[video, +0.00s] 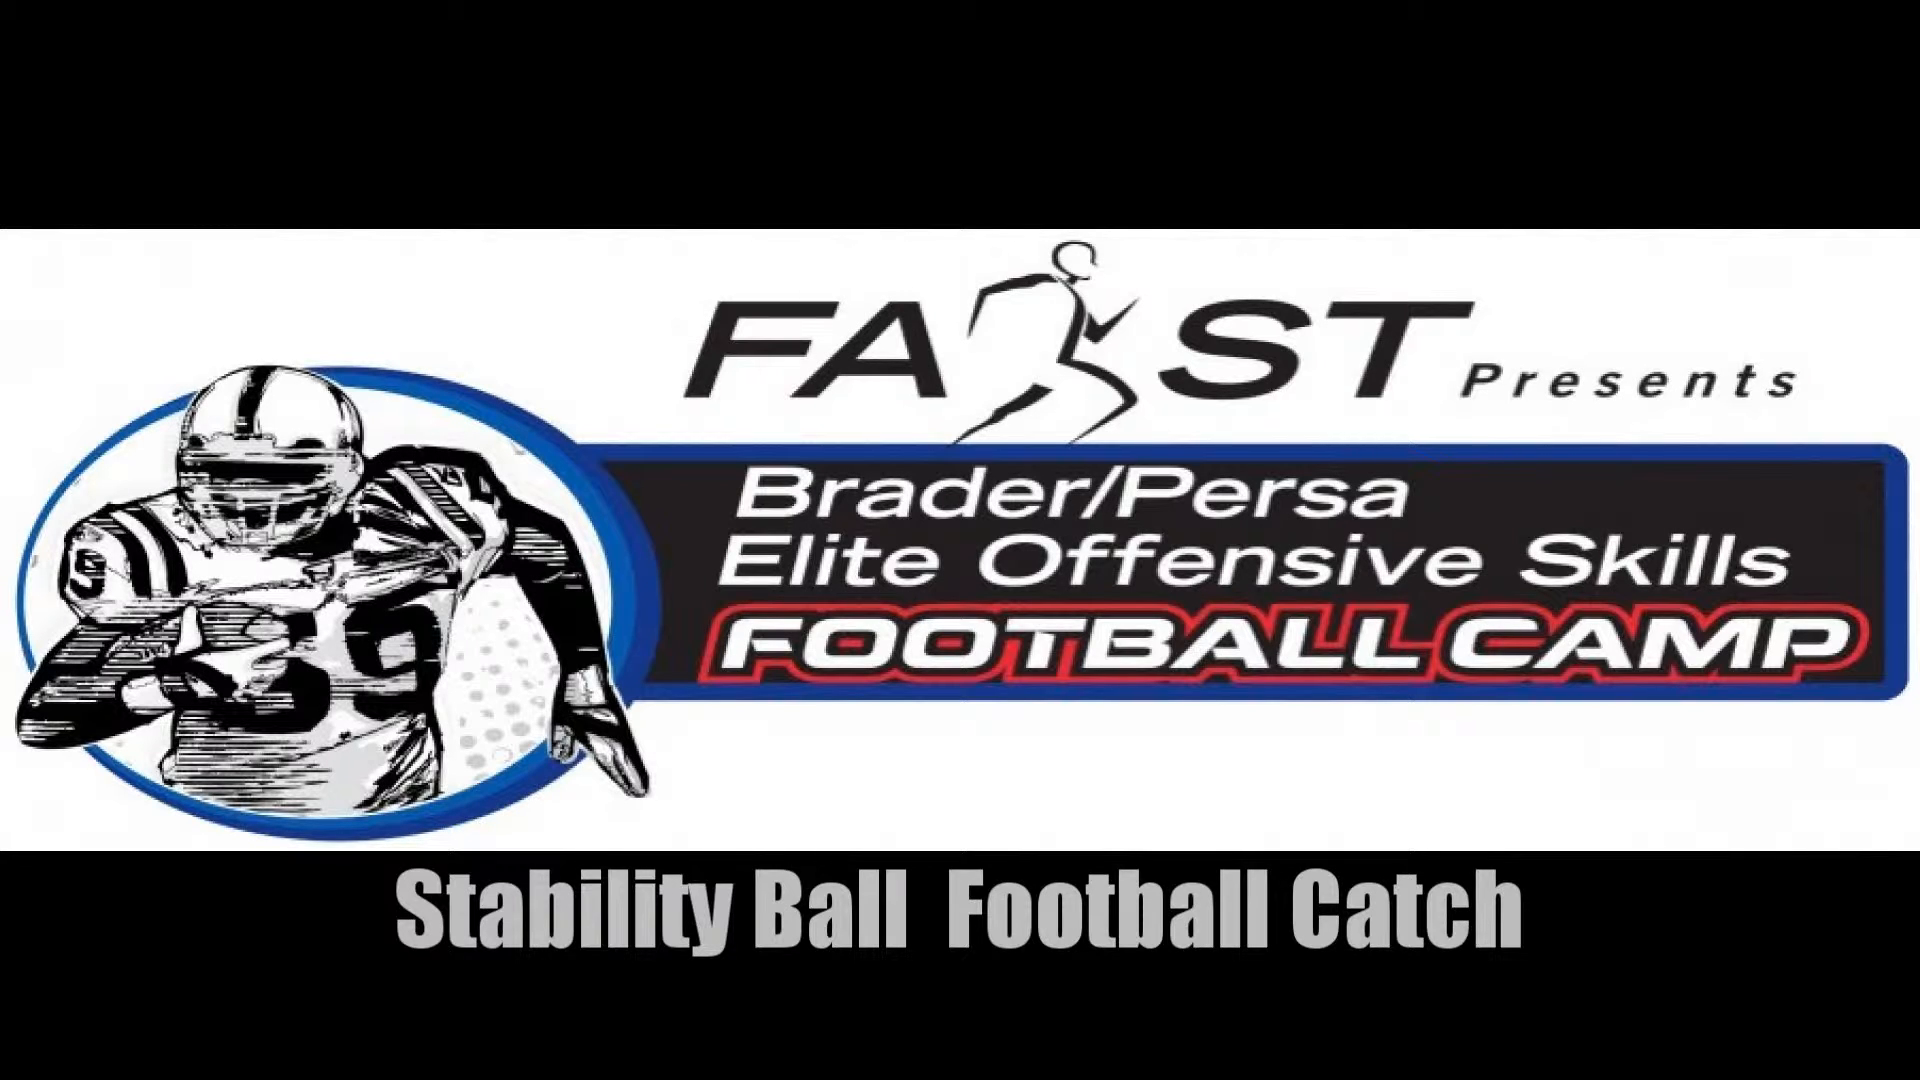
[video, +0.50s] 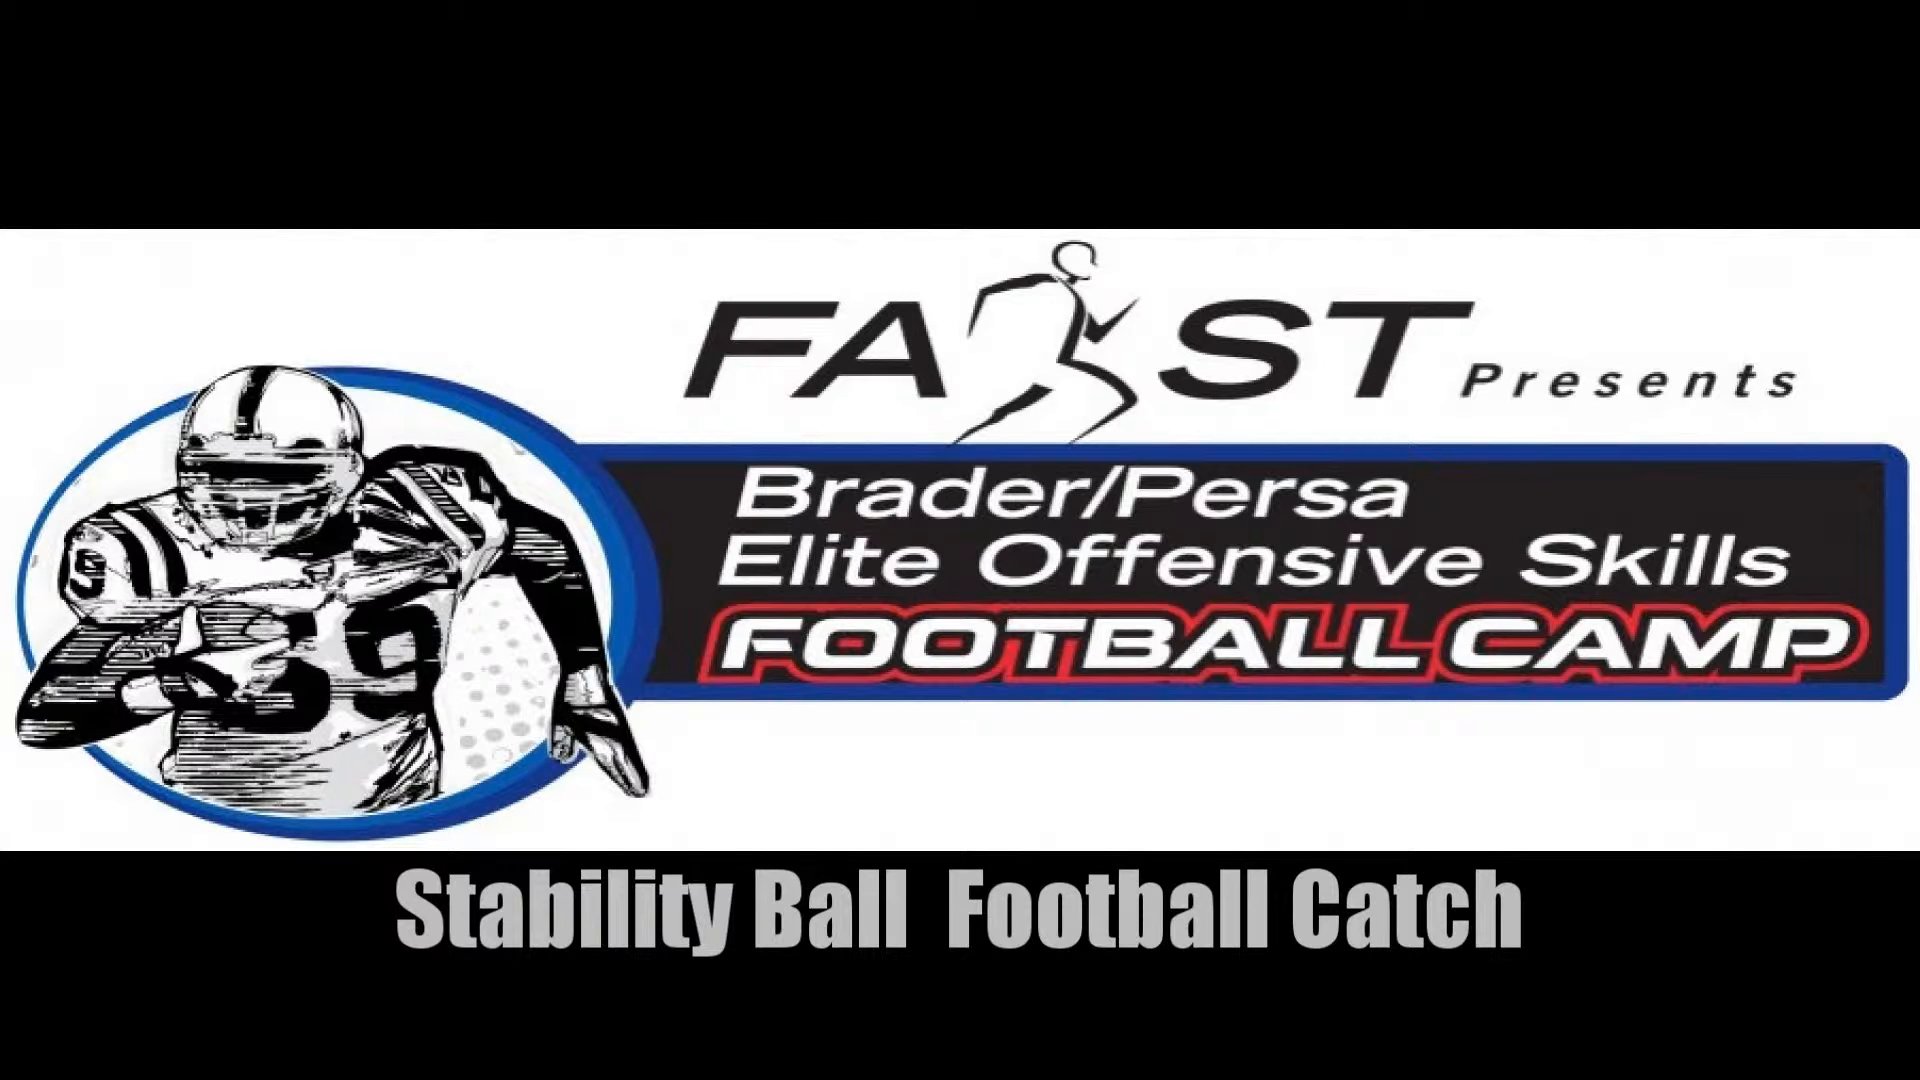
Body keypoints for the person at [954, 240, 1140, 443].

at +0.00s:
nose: (1088, 268)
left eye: (1089, 262)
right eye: (1082, 260)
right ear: (1069, 263)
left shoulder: (1077, 301)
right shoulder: (1045, 281)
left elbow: (1096, 335)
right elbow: (986, 292)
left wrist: (1127, 309)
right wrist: (970, 331)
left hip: (1053, 366)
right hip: (1059, 365)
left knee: (1002, 412)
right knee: (1128, 398)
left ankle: (956, 442)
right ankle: (1074, 441)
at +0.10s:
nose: (1088, 268)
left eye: (1089, 262)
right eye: (1083, 260)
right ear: (1069, 263)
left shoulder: (1077, 301)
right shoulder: (1045, 281)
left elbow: (1096, 335)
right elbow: (986, 292)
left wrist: (1127, 309)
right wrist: (970, 332)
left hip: (1053, 366)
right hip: (1059, 365)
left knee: (1002, 412)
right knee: (1128, 398)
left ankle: (956, 442)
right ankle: (1074, 441)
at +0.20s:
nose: (1088, 268)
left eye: (1089, 262)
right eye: (1082, 260)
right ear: (1069, 263)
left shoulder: (1077, 301)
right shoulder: (1045, 281)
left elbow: (1096, 335)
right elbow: (986, 292)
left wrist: (1127, 309)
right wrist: (970, 331)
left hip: (1053, 366)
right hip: (1059, 365)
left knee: (1002, 412)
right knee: (1128, 398)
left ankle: (956, 442)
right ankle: (1074, 441)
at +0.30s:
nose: (1088, 268)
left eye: (1089, 262)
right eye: (1082, 260)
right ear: (1069, 263)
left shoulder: (1077, 301)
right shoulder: (1045, 281)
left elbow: (1096, 335)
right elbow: (986, 292)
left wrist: (1127, 309)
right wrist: (970, 331)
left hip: (1053, 366)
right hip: (1059, 365)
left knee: (1002, 412)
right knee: (1128, 398)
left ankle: (956, 442)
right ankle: (1074, 441)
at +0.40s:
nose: (1088, 268)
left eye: (1089, 262)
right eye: (1082, 260)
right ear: (1069, 263)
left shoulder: (1077, 301)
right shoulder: (1045, 281)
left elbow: (1096, 335)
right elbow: (986, 292)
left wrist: (1127, 309)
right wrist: (970, 331)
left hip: (1053, 366)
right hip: (1059, 365)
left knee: (1002, 412)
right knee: (1128, 398)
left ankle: (956, 442)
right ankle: (1074, 441)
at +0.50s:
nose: (1088, 268)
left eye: (1089, 262)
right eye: (1082, 260)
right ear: (1069, 263)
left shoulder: (1077, 301)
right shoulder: (1045, 281)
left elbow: (1096, 335)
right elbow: (986, 292)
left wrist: (1127, 309)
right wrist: (970, 331)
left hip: (1053, 366)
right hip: (1059, 365)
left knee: (1002, 412)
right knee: (1128, 398)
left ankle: (956, 442)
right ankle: (1074, 441)